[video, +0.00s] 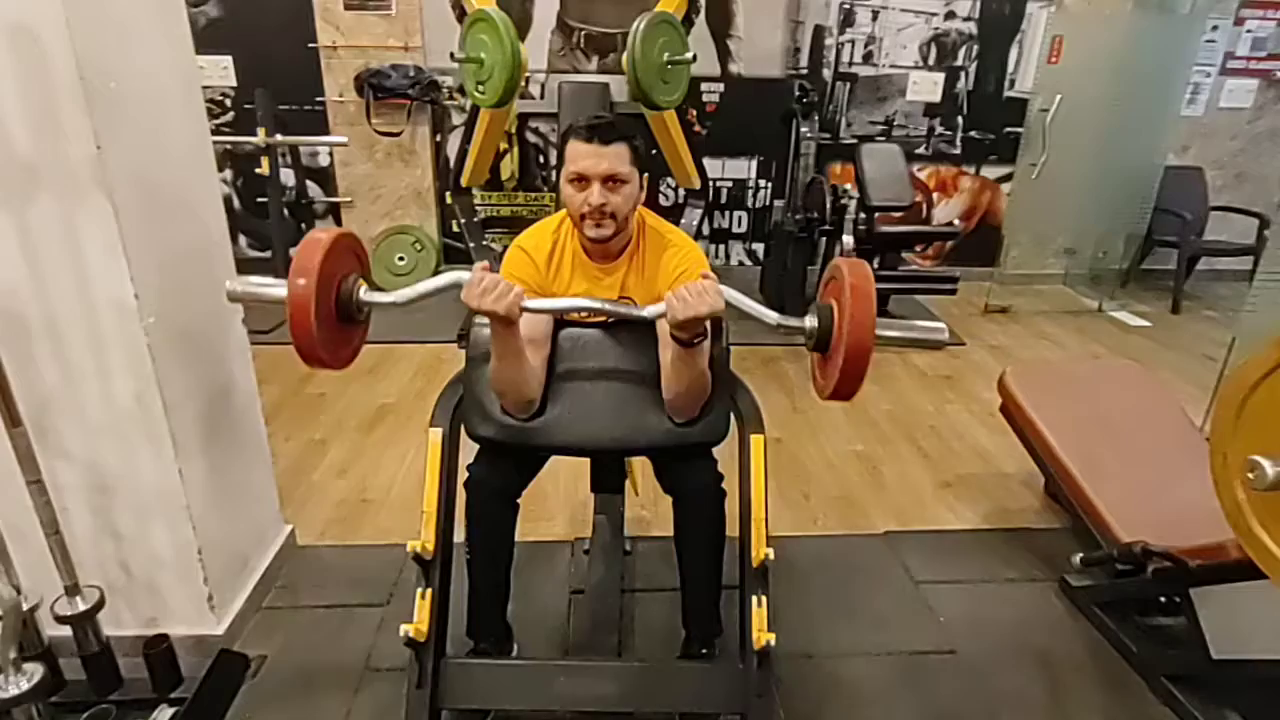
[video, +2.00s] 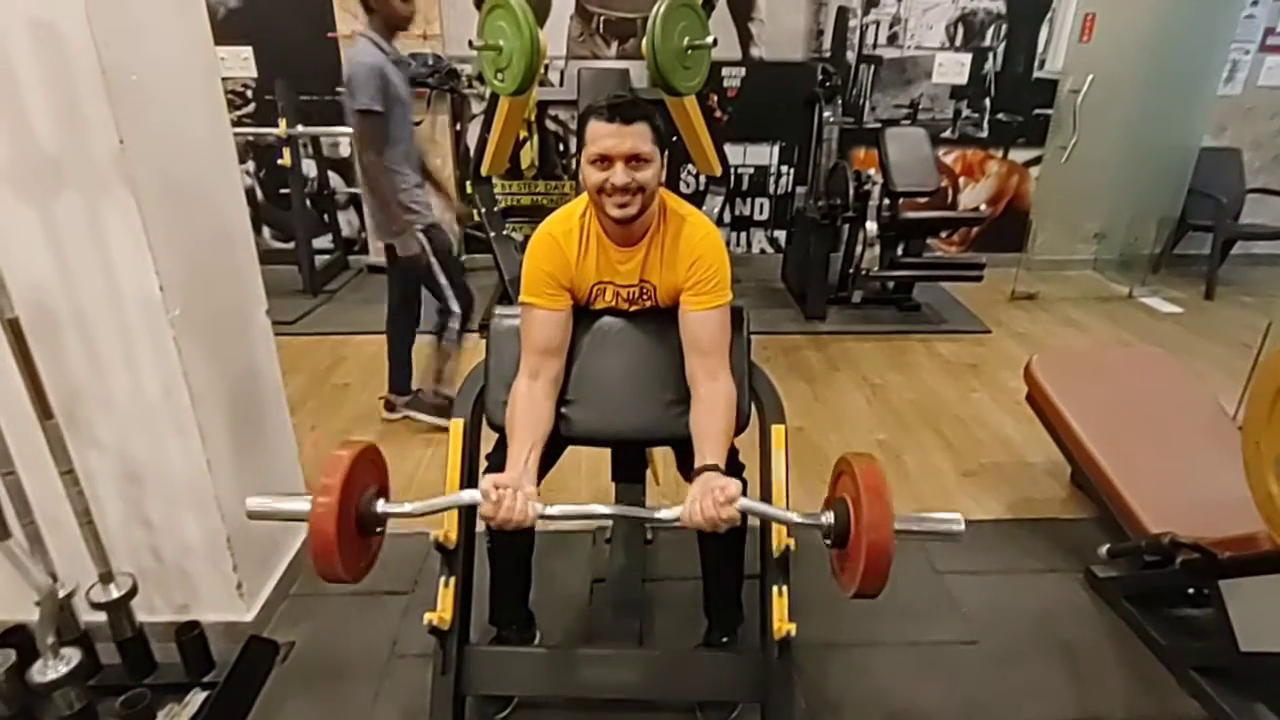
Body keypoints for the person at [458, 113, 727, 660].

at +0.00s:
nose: (595, 200)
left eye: (613, 183)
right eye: (579, 182)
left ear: (641, 189)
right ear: (560, 186)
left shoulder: (676, 254)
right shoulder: (533, 249)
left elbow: (685, 408)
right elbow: (518, 404)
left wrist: (688, 337)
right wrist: (504, 326)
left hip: (649, 390)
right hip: (556, 388)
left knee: (700, 484)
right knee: (487, 482)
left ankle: (702, 643)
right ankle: (489, 642)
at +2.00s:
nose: (620, 178)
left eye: (636, 162)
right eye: (602, 163)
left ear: (661, 167)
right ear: (581, 168)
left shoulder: (696, 241)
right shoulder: (553, 242)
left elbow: (710, 372)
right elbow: (536, 372)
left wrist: (711, 468)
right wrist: (518, 472)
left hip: (674, 367)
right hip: (577, 367)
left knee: (720, 477)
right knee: (508, 469)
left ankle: (723, 637)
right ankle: (511, 630)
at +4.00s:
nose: (652, 238)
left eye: (661, 224)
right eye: (635, 231)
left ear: (671, 199)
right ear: (593, 211)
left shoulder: (696, 249)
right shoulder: (551, 250)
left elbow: (709, 401)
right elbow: (539, 401)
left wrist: (704, 339)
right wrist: (520, 329)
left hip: (669, 391)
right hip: (576, 390)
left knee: (720, 479)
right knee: (507, 479)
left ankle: (724, 637)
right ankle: (512, 633)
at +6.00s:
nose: (620, 240)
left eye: (636, 224)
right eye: (603, 224)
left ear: (659, 201)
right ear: (583, 203)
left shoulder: (698, 255)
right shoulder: (556, 254)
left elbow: (712, 374)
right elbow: (538, 377)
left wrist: (713, 447)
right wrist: (517, 453)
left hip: (670, 390)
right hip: (577, 388)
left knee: (720, 474)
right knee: (504, 474)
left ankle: (724, 639)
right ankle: (512, 639)